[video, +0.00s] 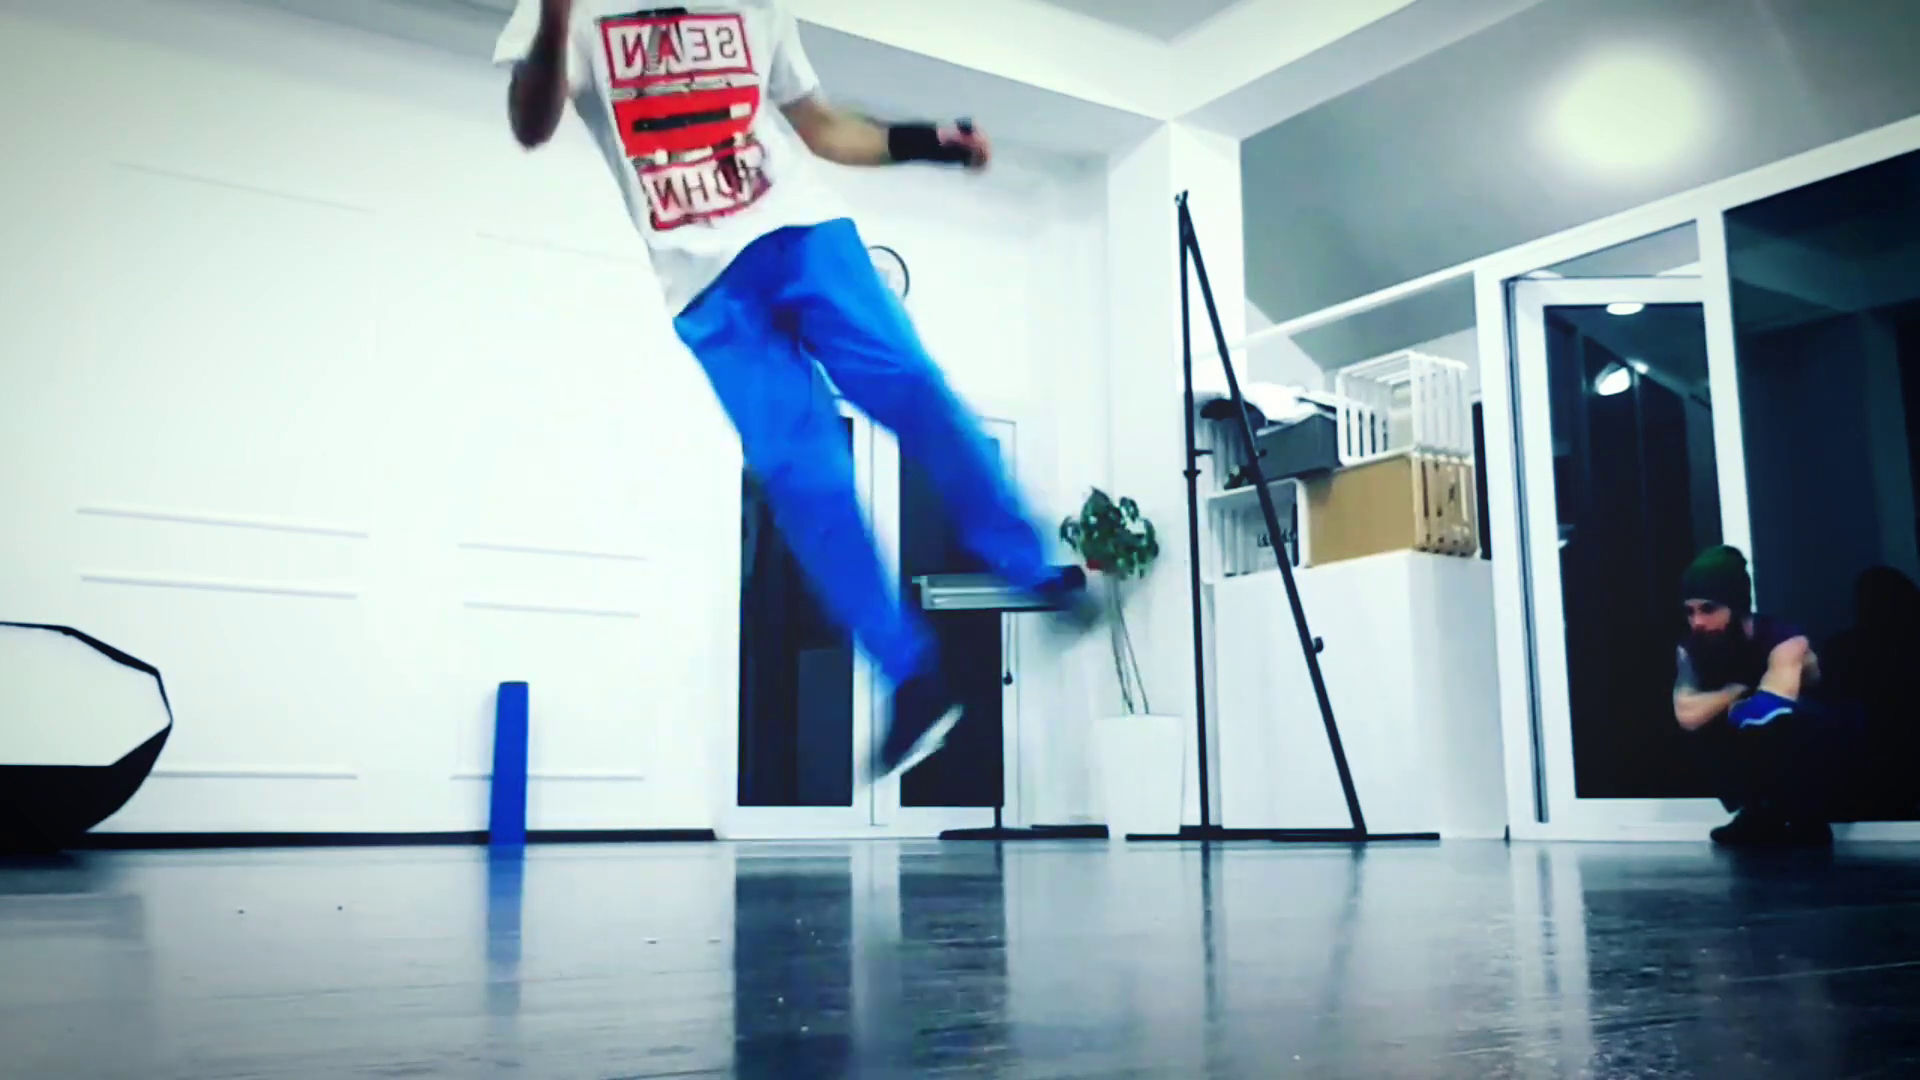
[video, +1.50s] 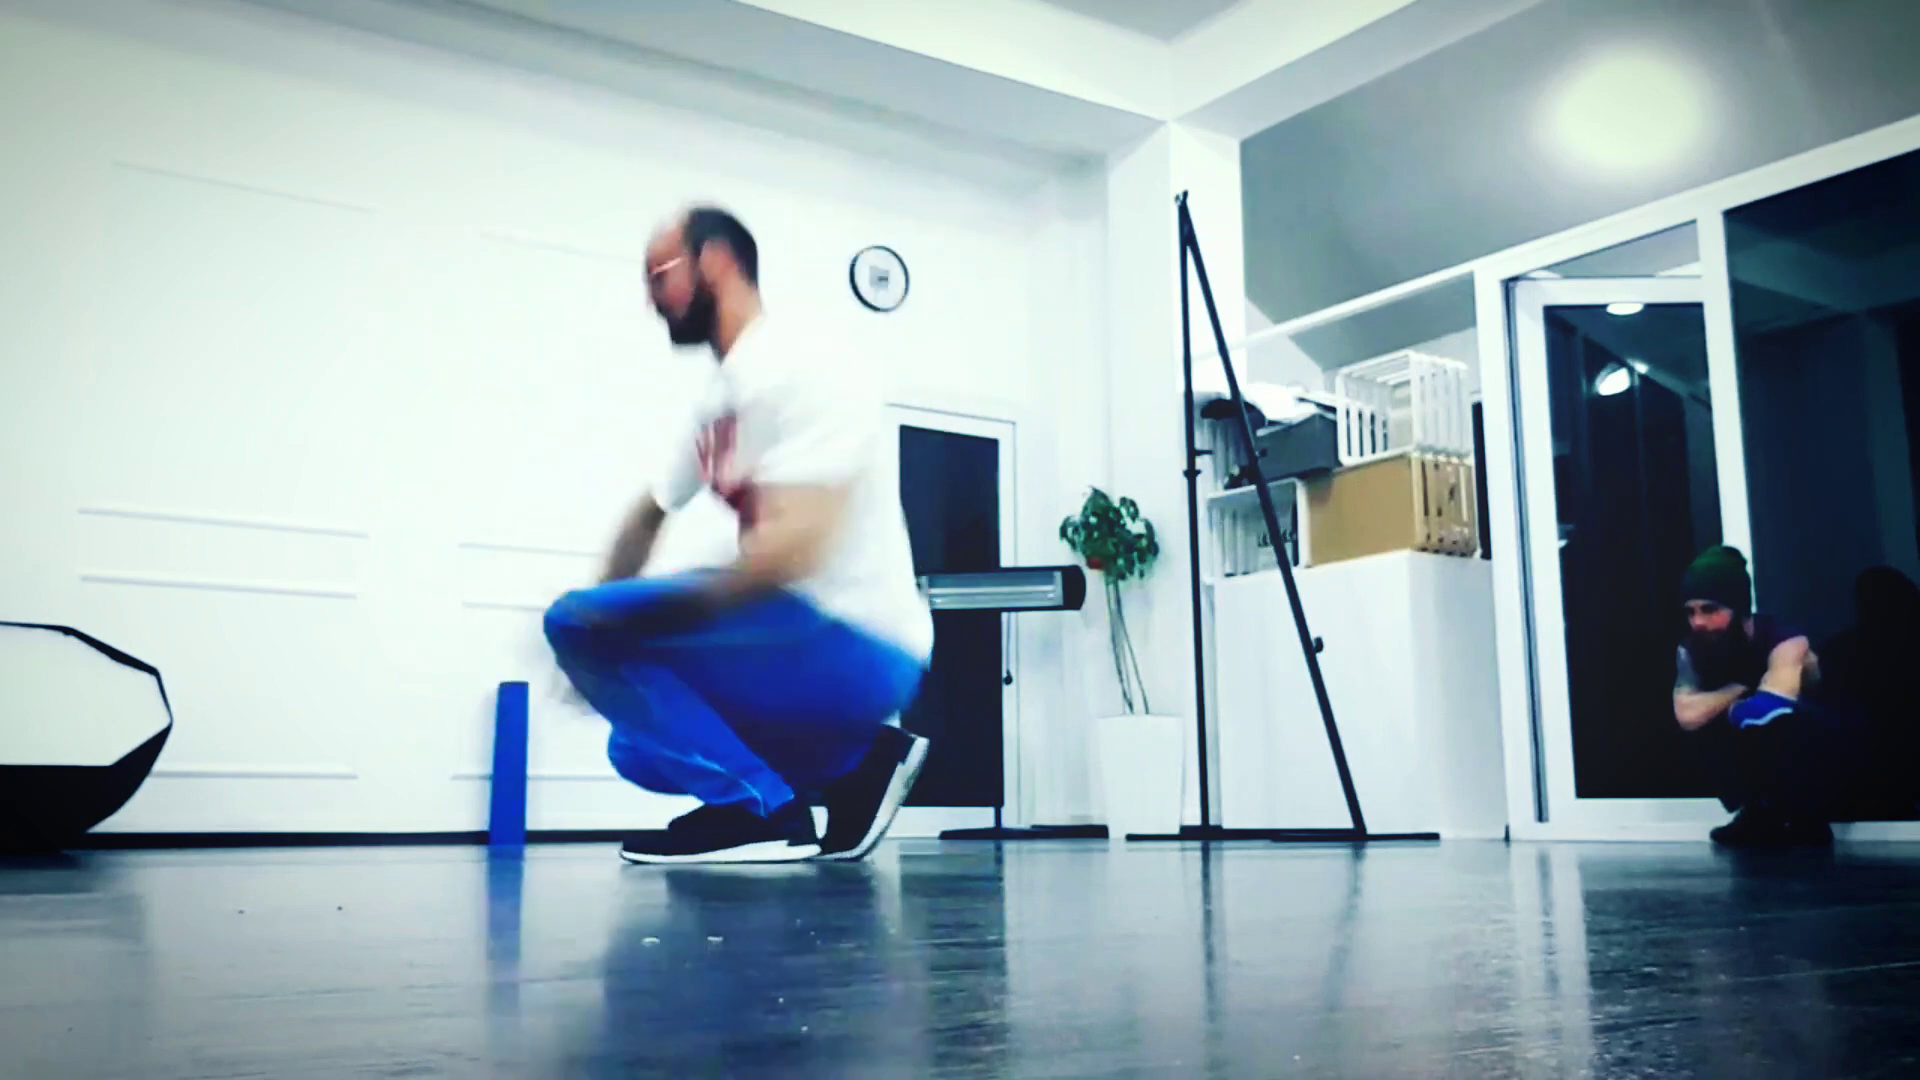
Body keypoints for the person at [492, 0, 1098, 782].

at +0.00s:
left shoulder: (757, 13)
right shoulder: (568, 16)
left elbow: (822, 127)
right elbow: (530, 128)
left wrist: (930, 141)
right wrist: (552, 19)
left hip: (800, 225)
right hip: (698, 280)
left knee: (914, 391)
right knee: (801, 473)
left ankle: (1037, 569)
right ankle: (911, 672)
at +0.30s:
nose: (694, 12)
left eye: (705, 3)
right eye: (676, 3)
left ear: (723, 1)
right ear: (646, 3)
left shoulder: (792, 81)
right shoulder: (591, 109)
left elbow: (892, 188)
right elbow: (556, 268)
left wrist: (1002, 194)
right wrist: (521, 428)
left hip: (805, 356)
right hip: (679, 382)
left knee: (901, 495)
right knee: (648, 549)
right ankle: (738, 760)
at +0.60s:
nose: (722, 108)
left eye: (736, 83)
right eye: (698, 90)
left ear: (763, 66)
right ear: (669, 85)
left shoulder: (841, 185)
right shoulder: (641, 190)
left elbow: (915, 299)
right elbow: (549, 319)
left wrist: (960, 362)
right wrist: (443, 401)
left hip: (786, 449)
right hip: (675, 415)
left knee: (782, 623)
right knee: (622, 539)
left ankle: (639, 798)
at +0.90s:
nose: (781, 241)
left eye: (791, 224)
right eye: (765, 222)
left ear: (803, 222)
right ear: (715, 217)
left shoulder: (845, 330)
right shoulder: (647, 340)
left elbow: (993, 311)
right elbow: (470, 273)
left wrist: (976, 191)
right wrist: (480, 137)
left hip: (868, 597)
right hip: (752, 596)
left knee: (947, 790)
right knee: (899, 636)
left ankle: (722, 767)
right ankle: (861, 810)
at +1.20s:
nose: (686, 228)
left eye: (699, 205)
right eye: (671, 213)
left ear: (746, 189)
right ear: (662, 214)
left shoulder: (832, 250)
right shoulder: (668, 275)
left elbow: (915, 166)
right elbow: (550, 208)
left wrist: (825, 96)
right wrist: (546, 120)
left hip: (886, 531)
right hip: (767, 525)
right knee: (723, 585)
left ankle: (735, 792)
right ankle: (862, 738)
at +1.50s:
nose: (652, 296)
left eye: (661, 272)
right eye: (650, 279)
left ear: (714, 261)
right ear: (713, 269)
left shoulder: (801, 362)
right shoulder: (721, 393)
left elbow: (791, 547)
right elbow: (647, 514)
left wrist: (656, 622)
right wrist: (603, 619)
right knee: (641, 751)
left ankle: (752, 803)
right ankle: (856, 762)